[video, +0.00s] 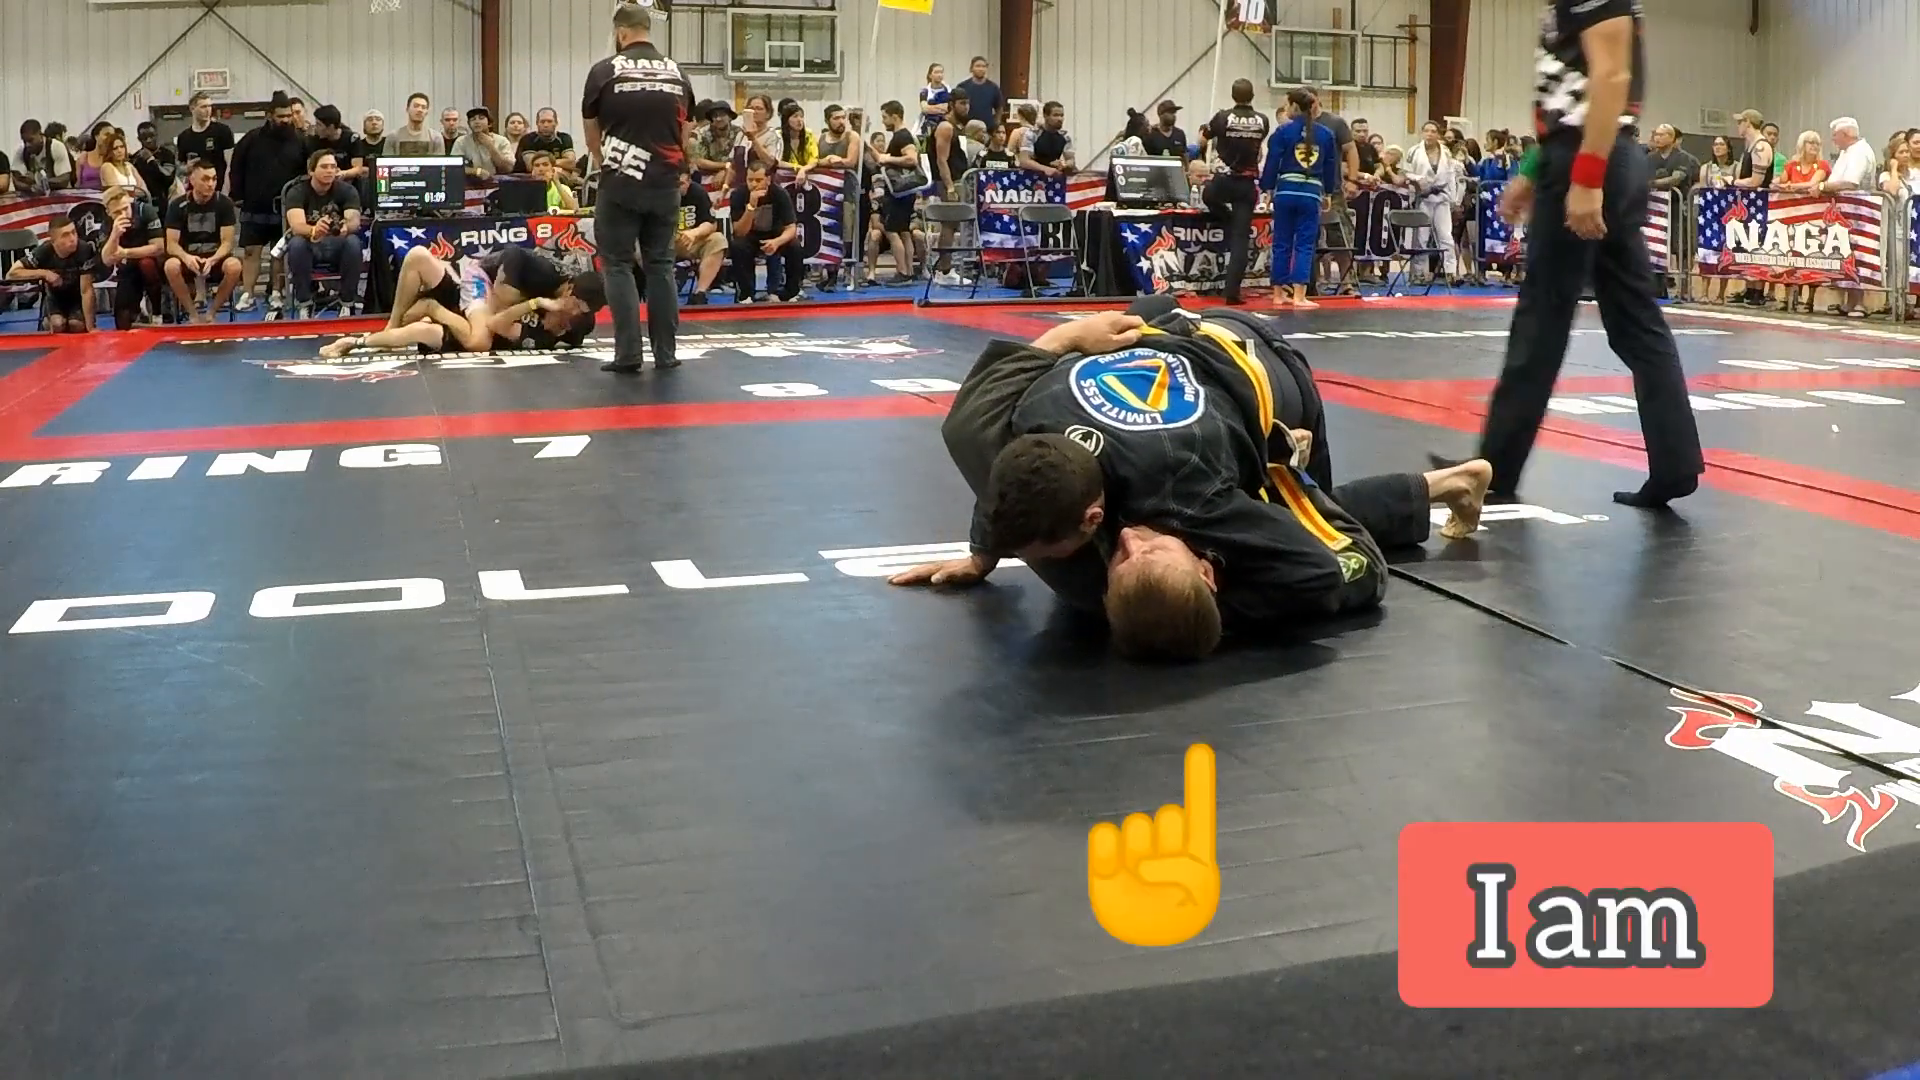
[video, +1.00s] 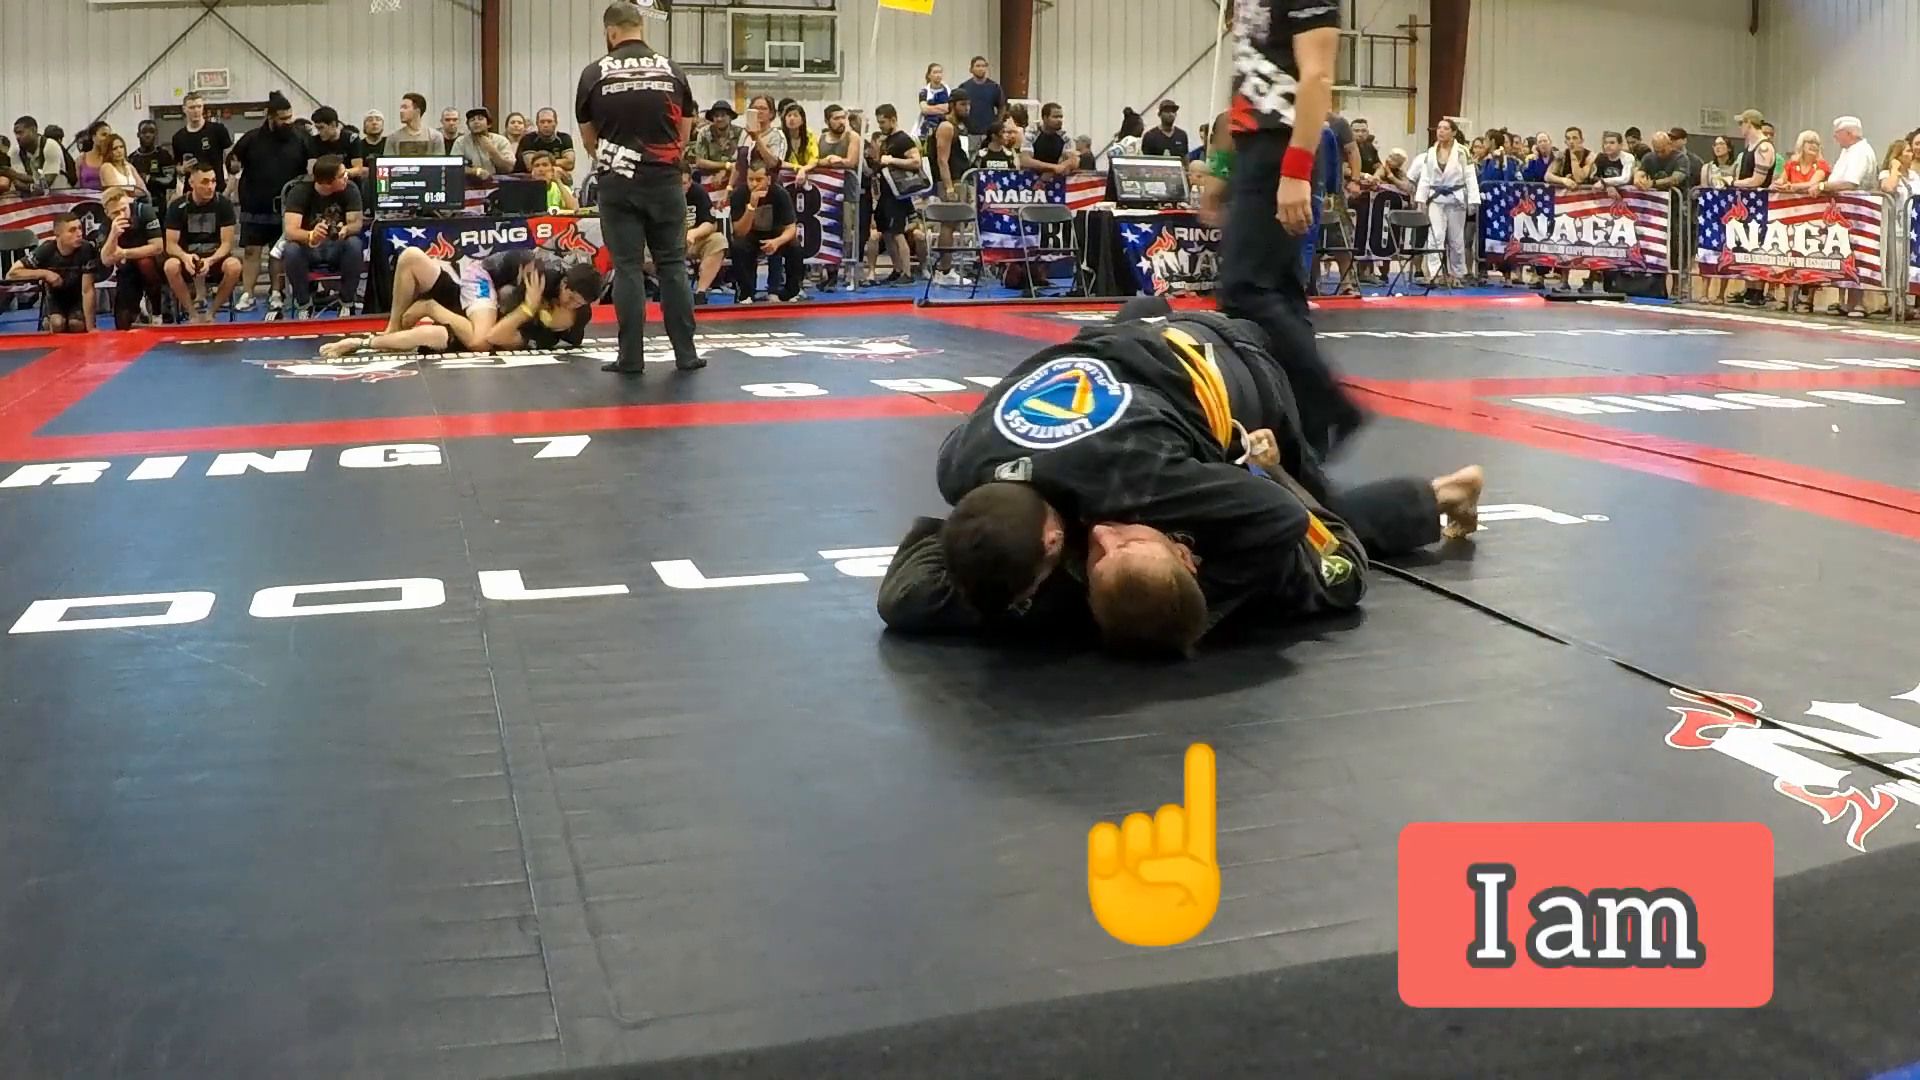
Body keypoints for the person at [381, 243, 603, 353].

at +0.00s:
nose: (575, 314)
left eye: (583, 313)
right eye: (579, 307)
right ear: (569, 289)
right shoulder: (546, 273)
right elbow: (514, 252)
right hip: (480, 273)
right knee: (480, 341)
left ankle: (432, 308)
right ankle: (433, 309)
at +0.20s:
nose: (577, 306)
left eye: (581, 305)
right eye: (580, 302)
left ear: (574, 290)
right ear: (575, 289)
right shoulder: (546, 278)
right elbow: (500, 296)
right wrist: (518, 291)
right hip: (477, 275)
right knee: (479, 342)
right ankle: (432, 311)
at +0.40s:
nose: (577, 310)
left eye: (585, 306)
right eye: (575, 302)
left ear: (591, 305)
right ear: (565, 289)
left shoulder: (580, 318)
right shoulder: (544, 279)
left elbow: (505, 329)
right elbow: (500, 322)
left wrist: (521, 281)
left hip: (485, 323)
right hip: (480, 274)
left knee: (427, 330)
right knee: (410, 256)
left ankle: (354, 344)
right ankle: (395, 330)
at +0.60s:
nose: (565, 316)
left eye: (572, 313)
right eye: (562, 309)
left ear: (580, 311)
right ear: (552, 296)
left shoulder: (576, 325)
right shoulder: (534, 285)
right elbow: (486, 313)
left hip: (494, 320)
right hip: (475, 280)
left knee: (432, 335)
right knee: (413, 258)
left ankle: (359, 345)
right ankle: (394, 329)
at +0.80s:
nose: (566, 314)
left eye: (574, 311)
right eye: (565, 305)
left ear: (584, 310)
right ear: (557, 289)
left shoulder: (558, 333)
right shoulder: (542, 268)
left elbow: (492, 339)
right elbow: (496, 256)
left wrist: (508, 291)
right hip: (478, 277)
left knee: (428, 332)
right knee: (409, 256)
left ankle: (354, 344)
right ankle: (394, 329)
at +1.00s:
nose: (570, 302)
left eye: (578, 301)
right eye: (570, 295)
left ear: (583, 303)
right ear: (565, 283)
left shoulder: (570, 324)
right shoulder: (543, 270)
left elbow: (494, 339)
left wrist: (531, 305)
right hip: (478, 277)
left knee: (431, 335)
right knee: (410, 257)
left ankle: (358, 345)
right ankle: (393, 331)